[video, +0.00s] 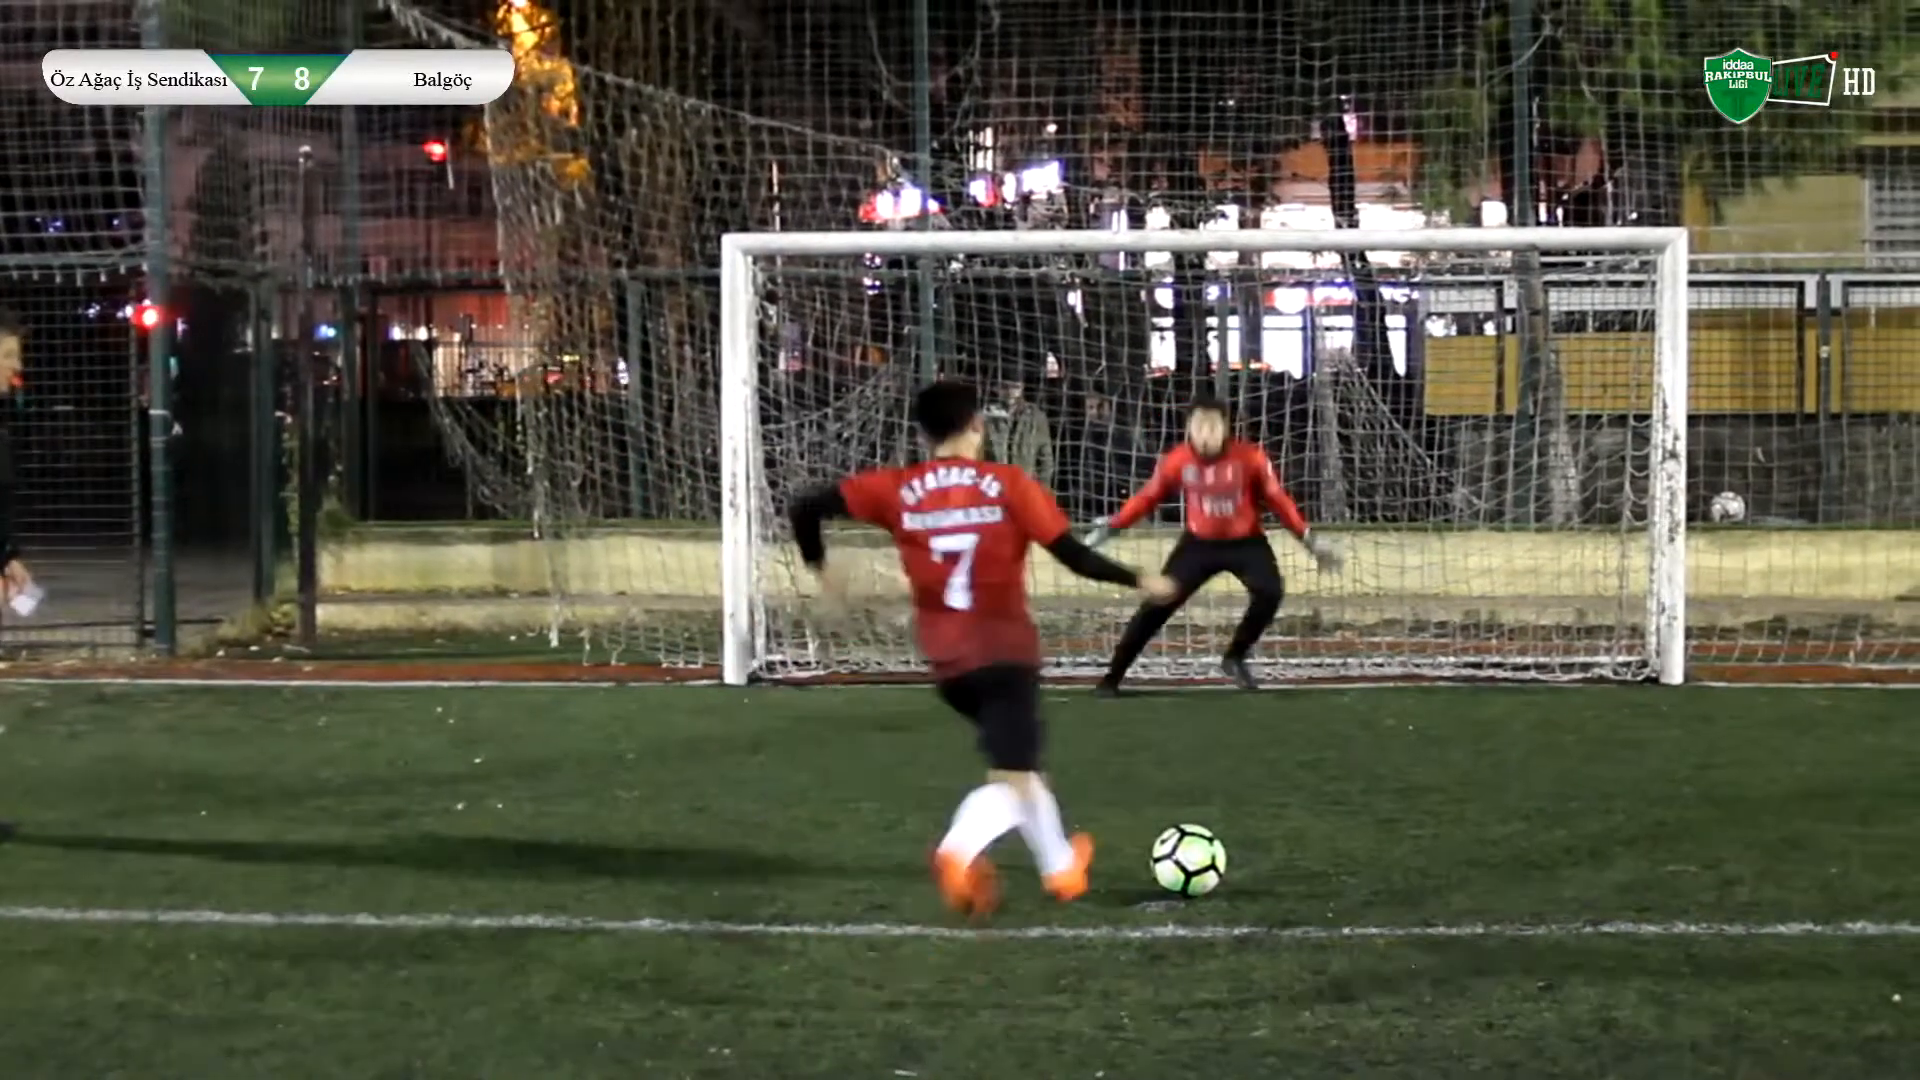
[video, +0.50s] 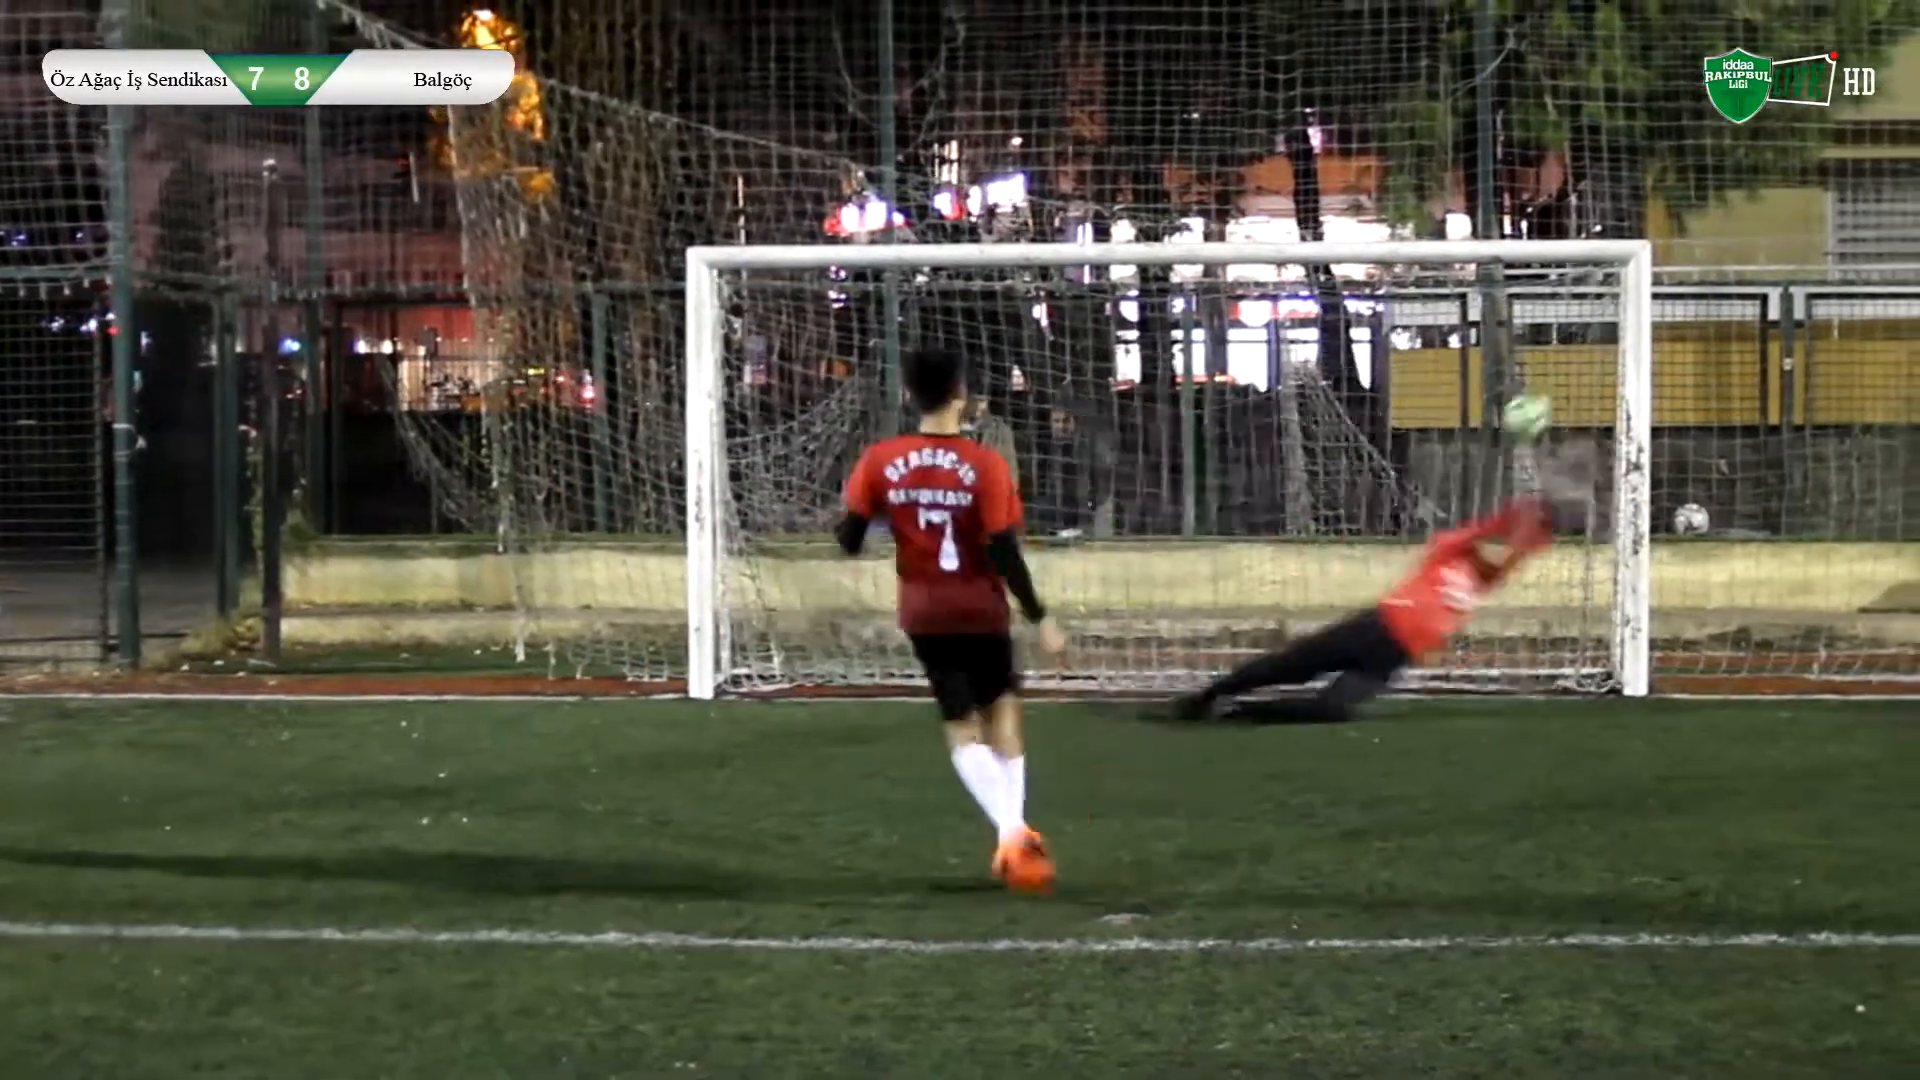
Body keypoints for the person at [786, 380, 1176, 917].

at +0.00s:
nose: (985, 429)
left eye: (981, 421)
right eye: (981, 421)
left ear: (926, 433)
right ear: (974, 426)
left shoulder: (899, 487)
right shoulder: (1009, 484)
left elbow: (806, 506)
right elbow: (1075, 555)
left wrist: (818, 565)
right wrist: (1138, 581)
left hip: (948, 664)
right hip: (1006, 657)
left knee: (1021, 764)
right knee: (1015, 784)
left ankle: (1060, 863)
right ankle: (958, 849)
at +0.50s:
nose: (969, 399)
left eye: (962, 390)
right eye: (968, 390)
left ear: (911, 397)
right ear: (961, 395)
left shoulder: (882, 458)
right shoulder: (985, 463)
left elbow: (848, 539)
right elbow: (1002, 549)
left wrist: (875, 502)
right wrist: (1041, 617)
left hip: (924, 619)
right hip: (982, 617)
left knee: (961, 730)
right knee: (1003, 714)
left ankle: (1013, 829)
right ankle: (1011, 837)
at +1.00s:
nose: (709, 423)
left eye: (707, 412)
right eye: (704, 413)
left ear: (722, 404)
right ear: (749, 394)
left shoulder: (733, 450)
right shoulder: (807, 439)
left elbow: (728, 525)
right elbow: (849, 512)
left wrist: (712, 567)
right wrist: (834, 569)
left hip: (764, 603)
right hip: (811, 594)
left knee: (783, 717)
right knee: (807, 705)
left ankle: (822, 836)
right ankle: (843, 811)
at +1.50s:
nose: (657, 352)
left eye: (661, 341)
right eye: (645, 342)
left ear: (666, 349)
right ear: (620, 352)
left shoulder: (657, 412)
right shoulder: (609, 412)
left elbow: (678, 493)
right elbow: (616, 487)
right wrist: (673, 436)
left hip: (665, 570)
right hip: (629, 570)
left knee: (662, 711)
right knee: (662, 708)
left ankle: (645, 842)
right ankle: (590, 820)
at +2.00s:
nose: (550, 371)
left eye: (555, 360)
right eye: (538, 360)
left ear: (557, 366)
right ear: (508, 366)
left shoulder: (544, 428)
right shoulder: (497, 428)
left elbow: (540, 502)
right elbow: (493, 501)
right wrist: (570, 465)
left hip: (549, 586)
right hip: (510, 587)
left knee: (585, 712)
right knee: (497, 726)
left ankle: (628, 842)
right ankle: (432, 844)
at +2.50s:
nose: (451, 366)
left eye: (456, 354)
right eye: (439, 353)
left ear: (463, 361)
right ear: (411, 360)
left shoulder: (453, 426)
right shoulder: (400, 423)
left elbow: (456, 526)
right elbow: (393, 502)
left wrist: (495, 580)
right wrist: (466, 470)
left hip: (456, 578)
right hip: (414, 577)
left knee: (484, 704)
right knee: (439, 708)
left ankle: (451, 829)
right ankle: (423, 851)